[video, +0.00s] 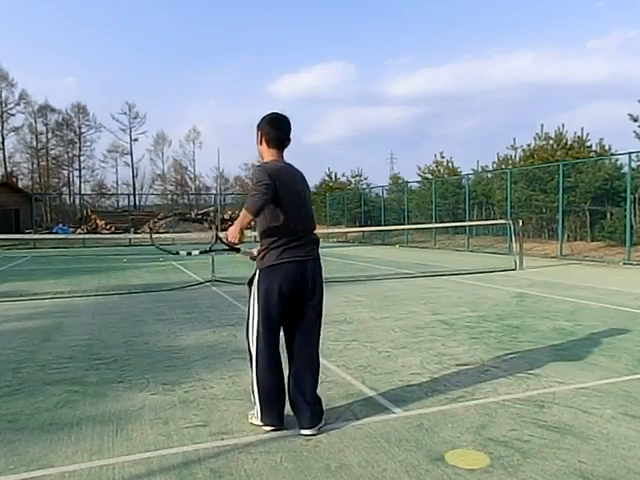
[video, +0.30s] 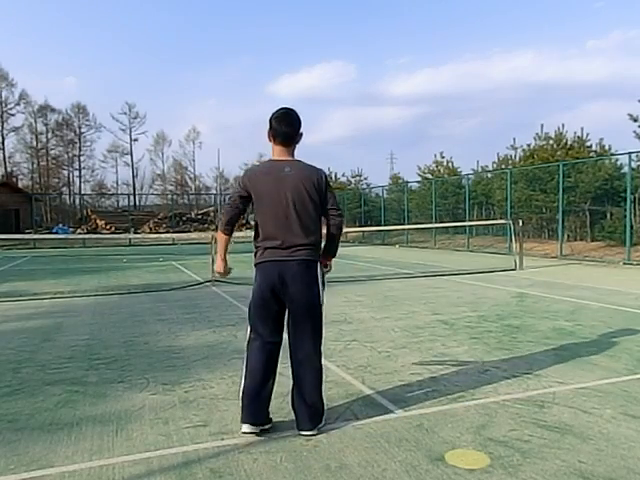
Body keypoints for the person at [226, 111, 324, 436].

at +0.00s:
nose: (256, 143)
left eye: (256, 138)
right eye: (258, 138)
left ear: (261, 139)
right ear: (287, 141)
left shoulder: (264, 172)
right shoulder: (298, 176)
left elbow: (257, 200)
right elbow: (303, 226)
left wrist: (237, 227)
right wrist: (268, 247)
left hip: (275, 271)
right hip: (309, 268)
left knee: (263, 341)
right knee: (305, 344)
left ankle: (269, 414)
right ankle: (309, 417)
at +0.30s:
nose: (271, 138)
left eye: (269, 133)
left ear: (268, 136)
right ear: (299, 137)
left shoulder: (253, 176)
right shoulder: (316, 177)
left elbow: (228, 217)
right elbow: (335, 223)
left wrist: (220, 255)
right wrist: (328, 254)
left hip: (266, 271)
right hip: (304, 270)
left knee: (262, 341)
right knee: (306, 345)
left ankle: (253, 418)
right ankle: (308, 419)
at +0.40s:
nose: (293, 138)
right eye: (295, 134)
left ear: (265, 137)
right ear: (296, 138)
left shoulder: (248, 180)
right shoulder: (307, 175)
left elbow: (240, 232)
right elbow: (329, 219)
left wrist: (233, 274)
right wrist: (338, 253)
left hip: (262, 273)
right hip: (298, 273)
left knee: (262, 345)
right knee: (305, 345)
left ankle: (251, 422)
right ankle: (309, 420)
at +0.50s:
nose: (287, 138)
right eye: (288, 133)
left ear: (257, 137)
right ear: (288, 137)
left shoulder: (247, 179)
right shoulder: (293, 173)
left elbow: (246, 220)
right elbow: (314, 216)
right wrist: (338, 250)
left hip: (255, 272)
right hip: (289, 270)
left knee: (259, 347)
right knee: (302, 344)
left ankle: (252, 425)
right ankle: (308, 420)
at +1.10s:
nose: (275, 126)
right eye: (277, 122)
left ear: (249, 133)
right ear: (280, 130)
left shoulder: (244, 167)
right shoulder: (285, 174)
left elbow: (260, 138)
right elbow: (291, 227)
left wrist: (276, 104)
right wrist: (329, 249)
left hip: (244, 275)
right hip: (275, 278)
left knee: (254, 356)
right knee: (288, 365)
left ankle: (251, 429)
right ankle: (272, 461)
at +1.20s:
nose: (287, 122)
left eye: (285, 117)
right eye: (286, 118)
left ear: (252, 132)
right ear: (283, 128)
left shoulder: (243, 167)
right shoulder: (292, 173)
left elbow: (263, 150)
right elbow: (298, 228)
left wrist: (286, 126)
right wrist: (329, 246)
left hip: (240, 277)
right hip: (275, 280)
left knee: (248, 356)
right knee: (283, 368)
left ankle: (249, 425)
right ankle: (271, 463)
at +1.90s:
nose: (225, 127)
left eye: (223, 121)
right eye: (224, 121)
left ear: (188, 122)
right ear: (219, 121)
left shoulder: (181, 162)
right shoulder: (199, 162)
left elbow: (241, 177)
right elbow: (245, 176)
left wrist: (273, 147)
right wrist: (286, 153)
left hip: (167, 280)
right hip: (194, 283)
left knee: (173, 375)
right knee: (226, 376)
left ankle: (154, 465)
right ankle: (214, 466)